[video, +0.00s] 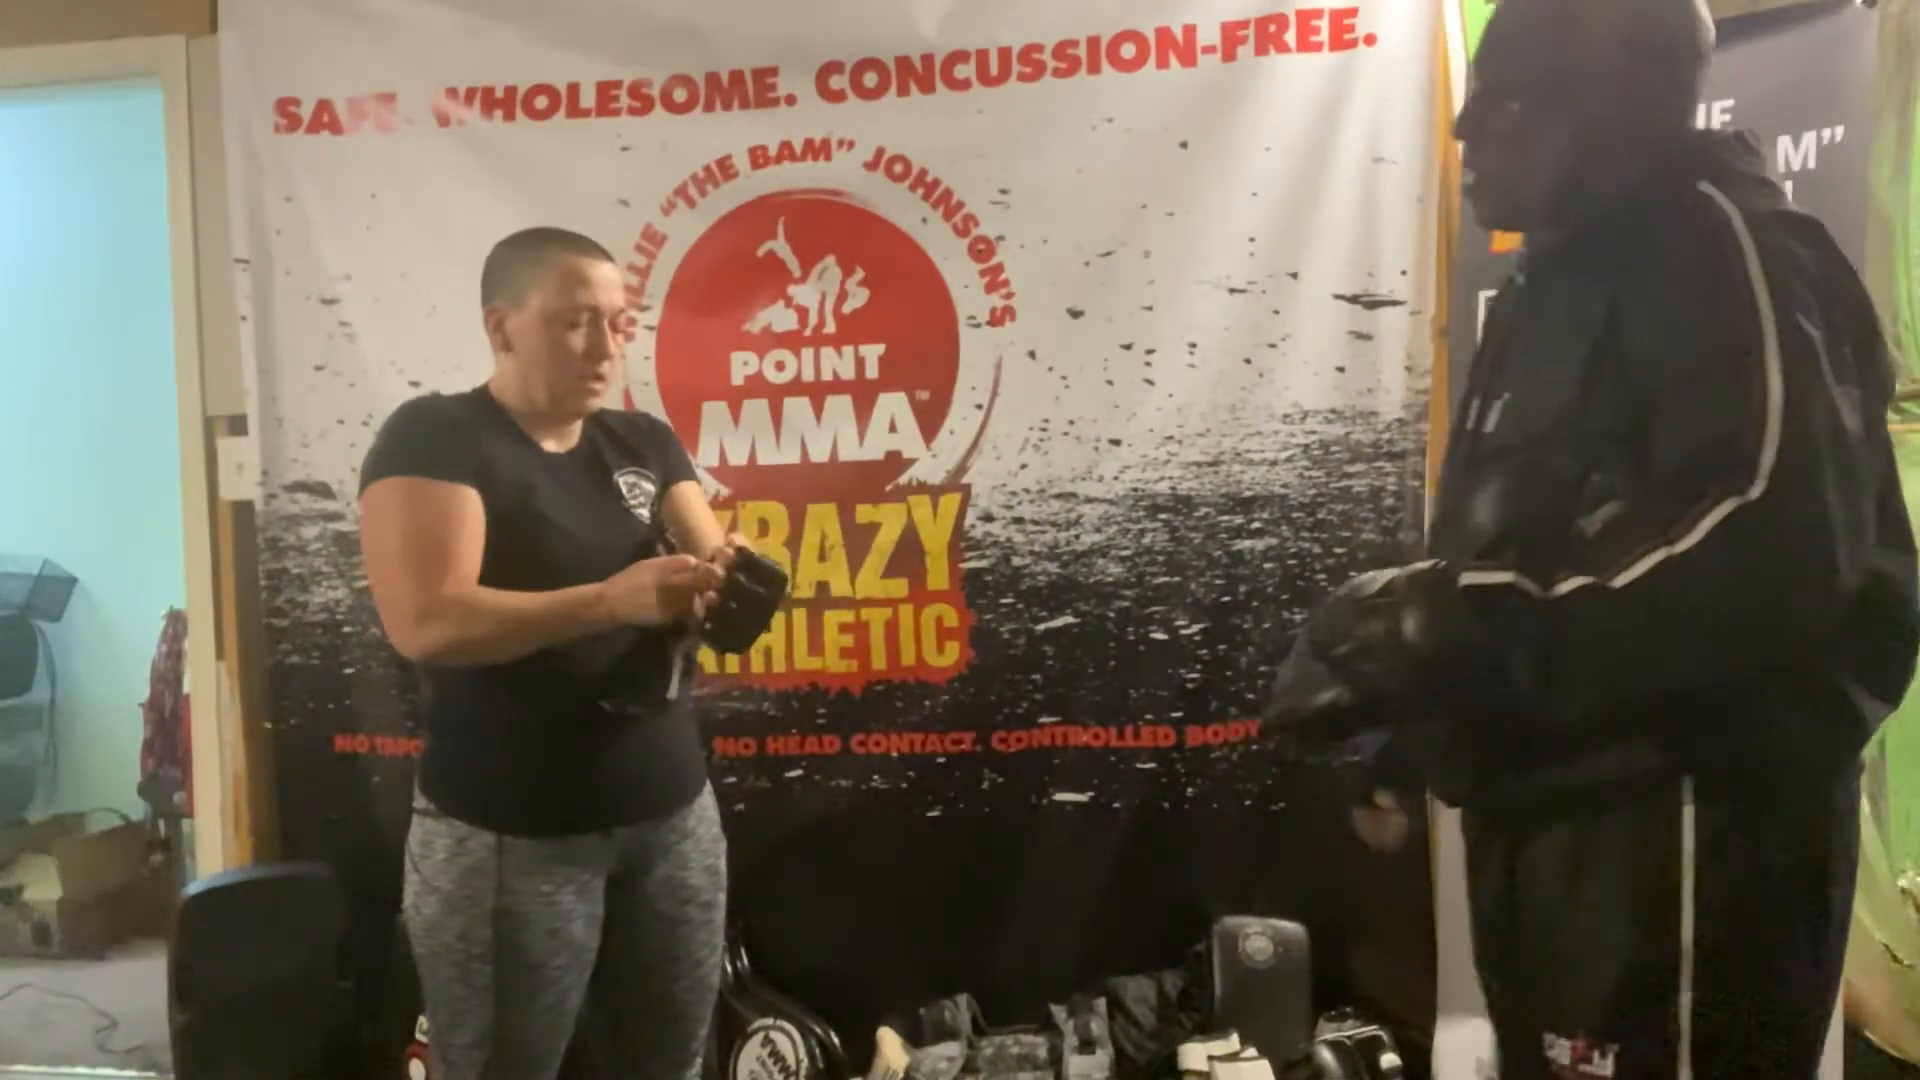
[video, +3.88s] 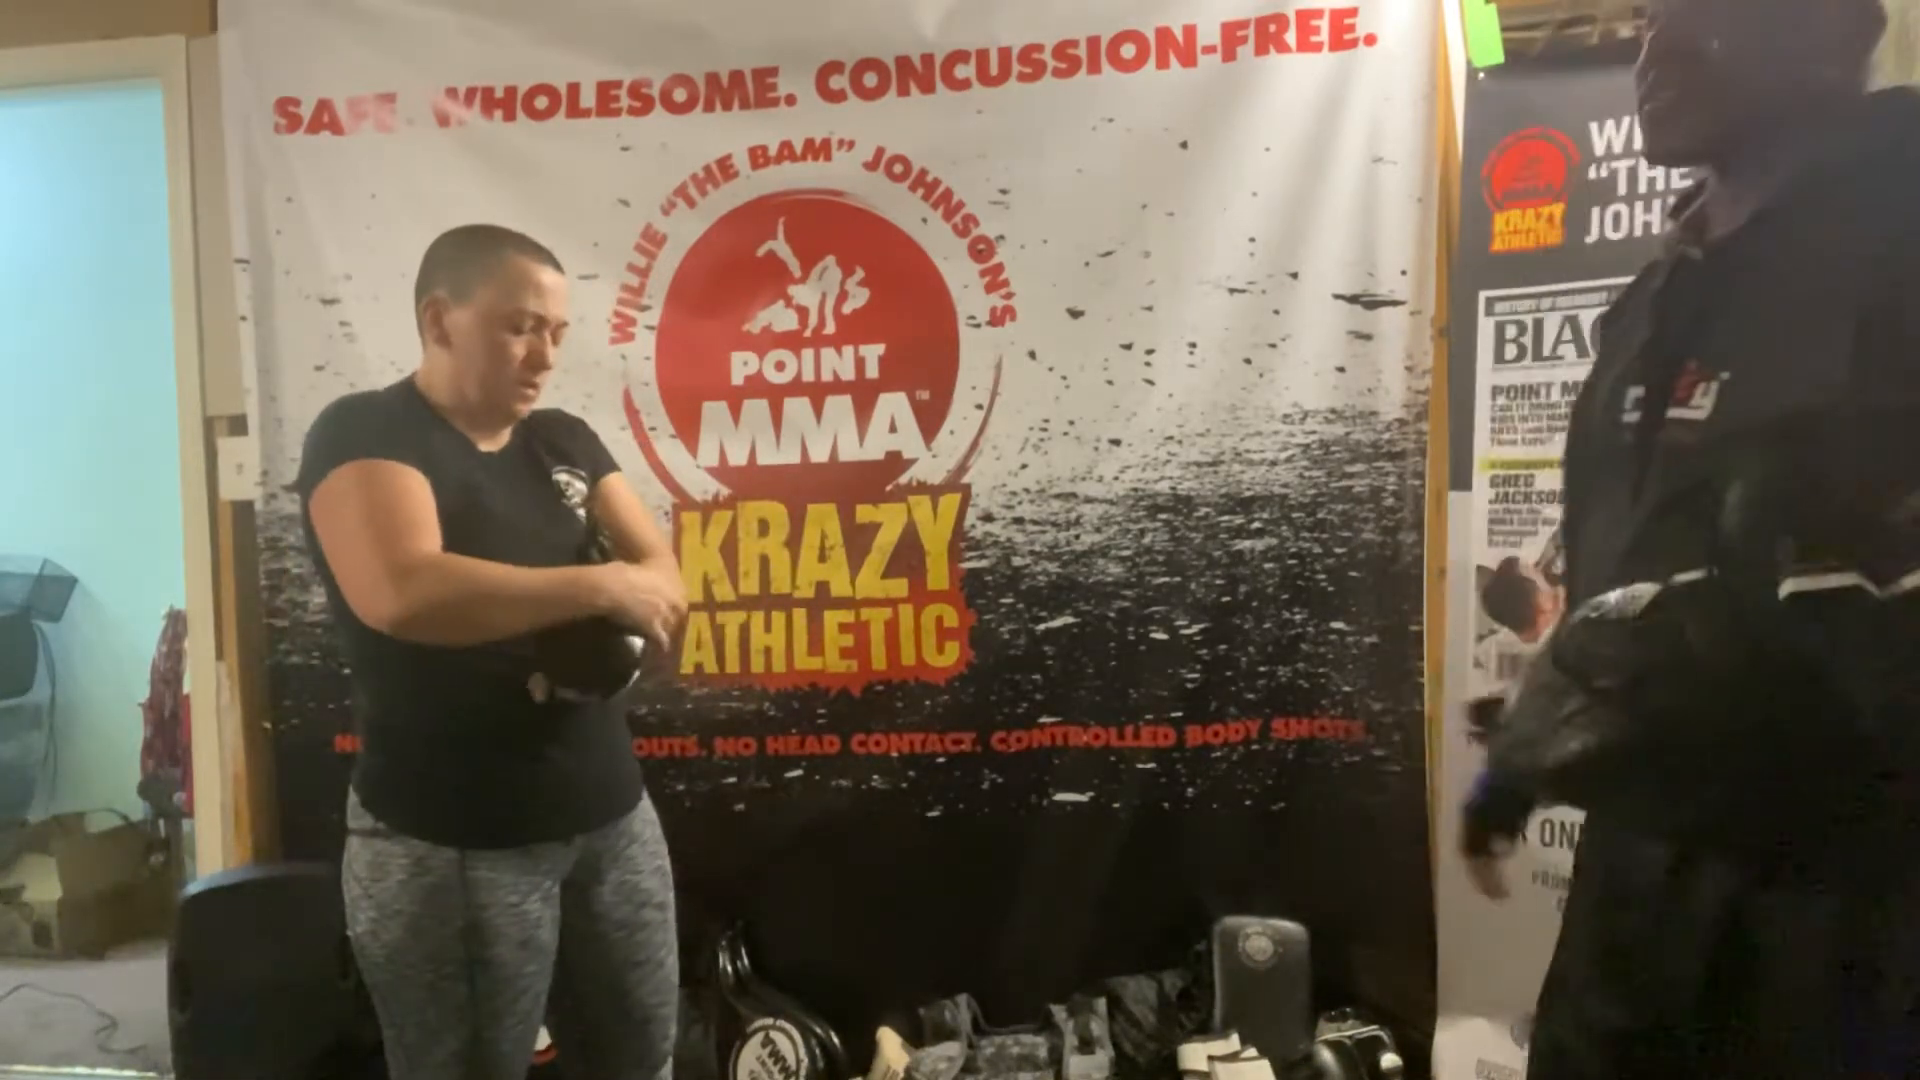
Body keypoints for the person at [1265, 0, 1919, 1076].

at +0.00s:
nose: (1464, 120)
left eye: (1503, 88)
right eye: (1473, 89)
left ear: (1612, 92)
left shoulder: (1720, 239)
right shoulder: (1543, 285)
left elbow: (1772, 537)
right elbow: (1500, 548)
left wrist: (1452, 627)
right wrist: (1399, 746)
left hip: (1700, 836)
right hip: (1564, 829)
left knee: (1681, 1062)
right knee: (1562, 1060)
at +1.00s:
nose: (1565, 164)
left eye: (1591, 131)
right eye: (1569, 134)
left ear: (1677, 135)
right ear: (1652, 147)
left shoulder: (1792, 229)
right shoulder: (1678, 290)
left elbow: (1872, 470)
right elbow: (1627, 544)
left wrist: (1634, 599)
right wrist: (1566, 760)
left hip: (1782, 771)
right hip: (1688, 772)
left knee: (1733, 1045)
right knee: (1677, 1042)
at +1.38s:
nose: (1638, 108)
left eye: (1667, 73)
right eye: (1648, 78)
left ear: (1774, 63)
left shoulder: (1891, 217)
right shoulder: (1701, 311)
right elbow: (1670, 581)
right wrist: (1610, 744)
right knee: (1643, 1052)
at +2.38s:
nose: (1608, 57)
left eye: (1654, 34)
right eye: (1617, 38)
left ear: (1765, 65)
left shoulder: (1846, 229)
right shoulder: (1639, 285)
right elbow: (1584, 548)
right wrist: (1533, 766)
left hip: (1794, 808)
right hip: (1635, 811)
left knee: (1799, 1053)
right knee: (1617, 1053)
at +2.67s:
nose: (1503, 142)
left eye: (1532, 104)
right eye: (1508, 116)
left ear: (1639, 112)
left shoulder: (1765, 230)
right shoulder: (1539, 338)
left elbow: (1890, 452)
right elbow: (1508, 591)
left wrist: (1598, 596)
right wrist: (1423, 768)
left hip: (1766, 775)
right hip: (1591, 790)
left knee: (1762, 1057)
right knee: (1595, 1053)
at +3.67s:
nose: (1629, 69)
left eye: (1676, 35)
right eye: (1622, 47)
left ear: (1805, 51)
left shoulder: (1884, 227)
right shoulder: (1613, 300)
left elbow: (1894, 572)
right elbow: (1543, 564)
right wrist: (1447, 732)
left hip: (1823, 842)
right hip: (1617, 839)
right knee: (1592, 1058)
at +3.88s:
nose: (1643, 40)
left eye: (1681, 9)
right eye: (1645, 19)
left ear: (1822, 24)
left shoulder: (1892, 196)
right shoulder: (1643, 305)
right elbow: (1615, 591)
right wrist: (1516, 753)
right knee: (1590, 1057)